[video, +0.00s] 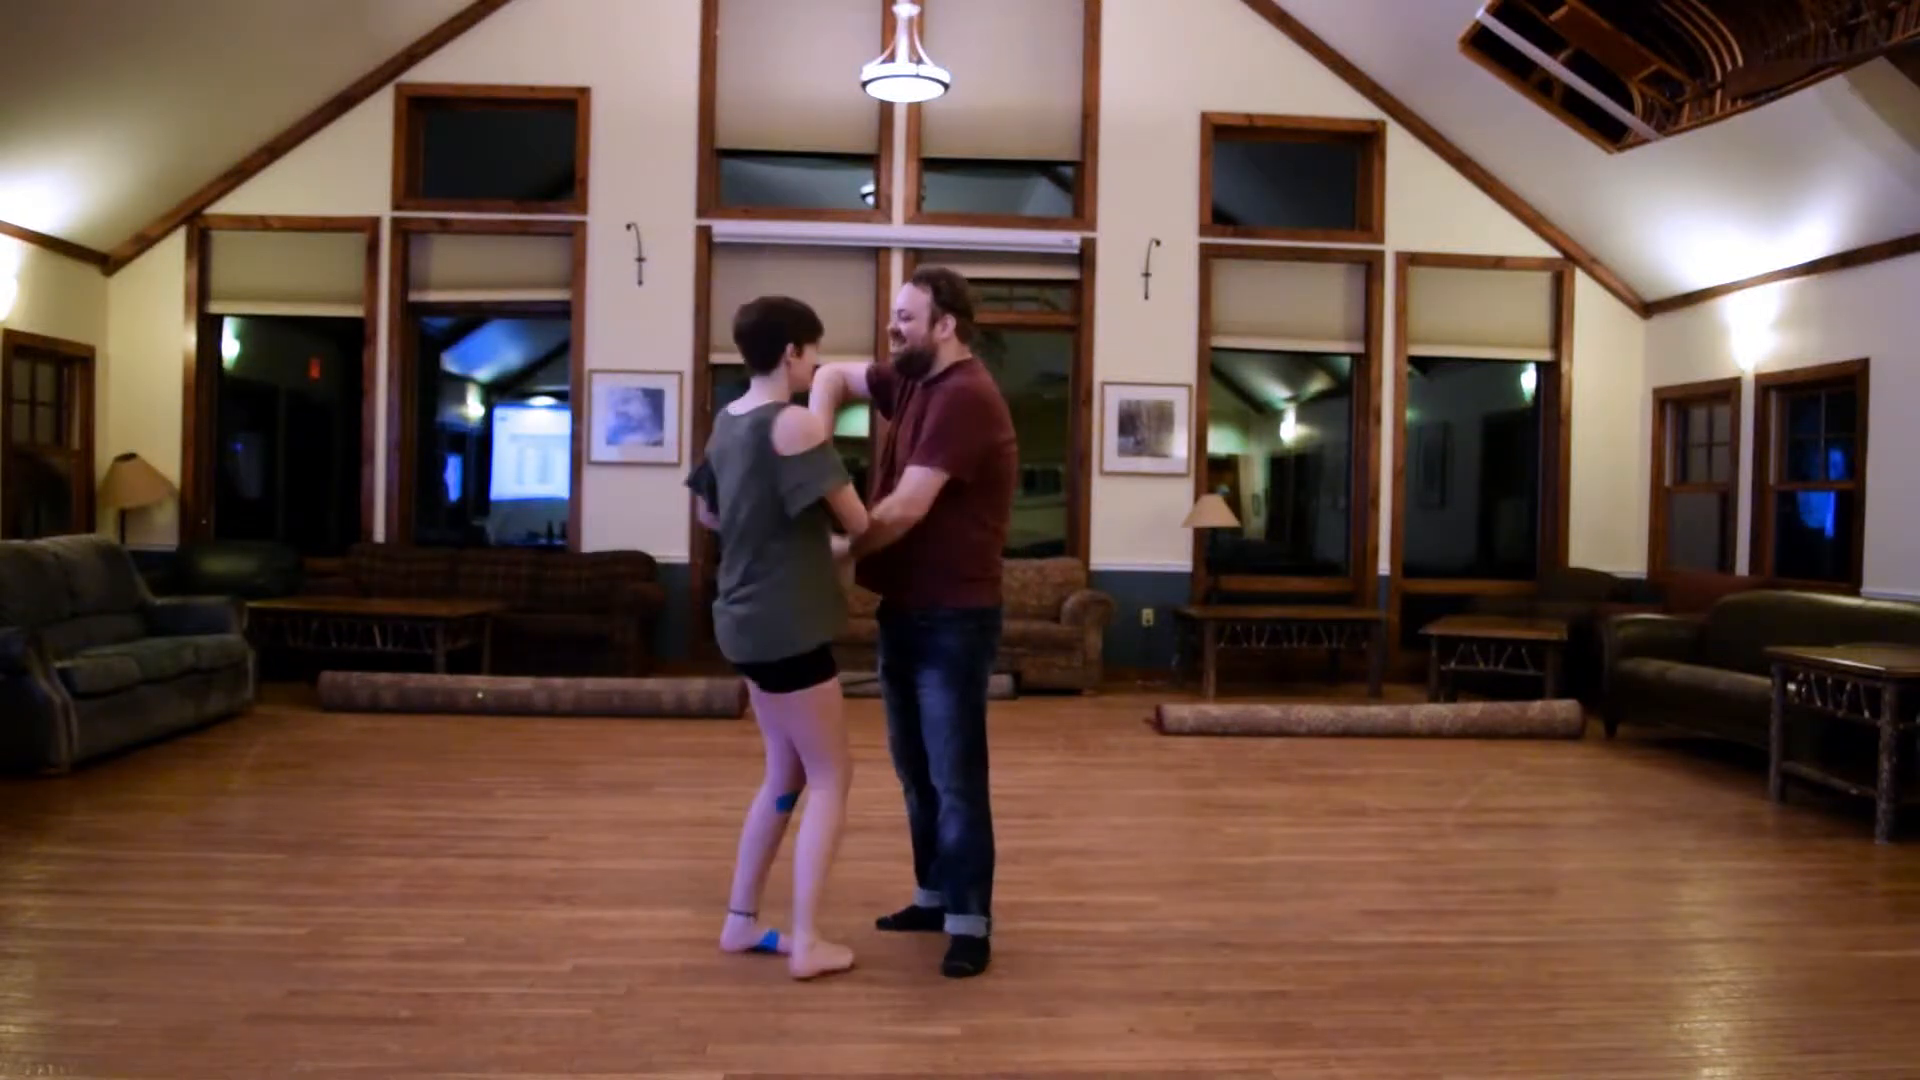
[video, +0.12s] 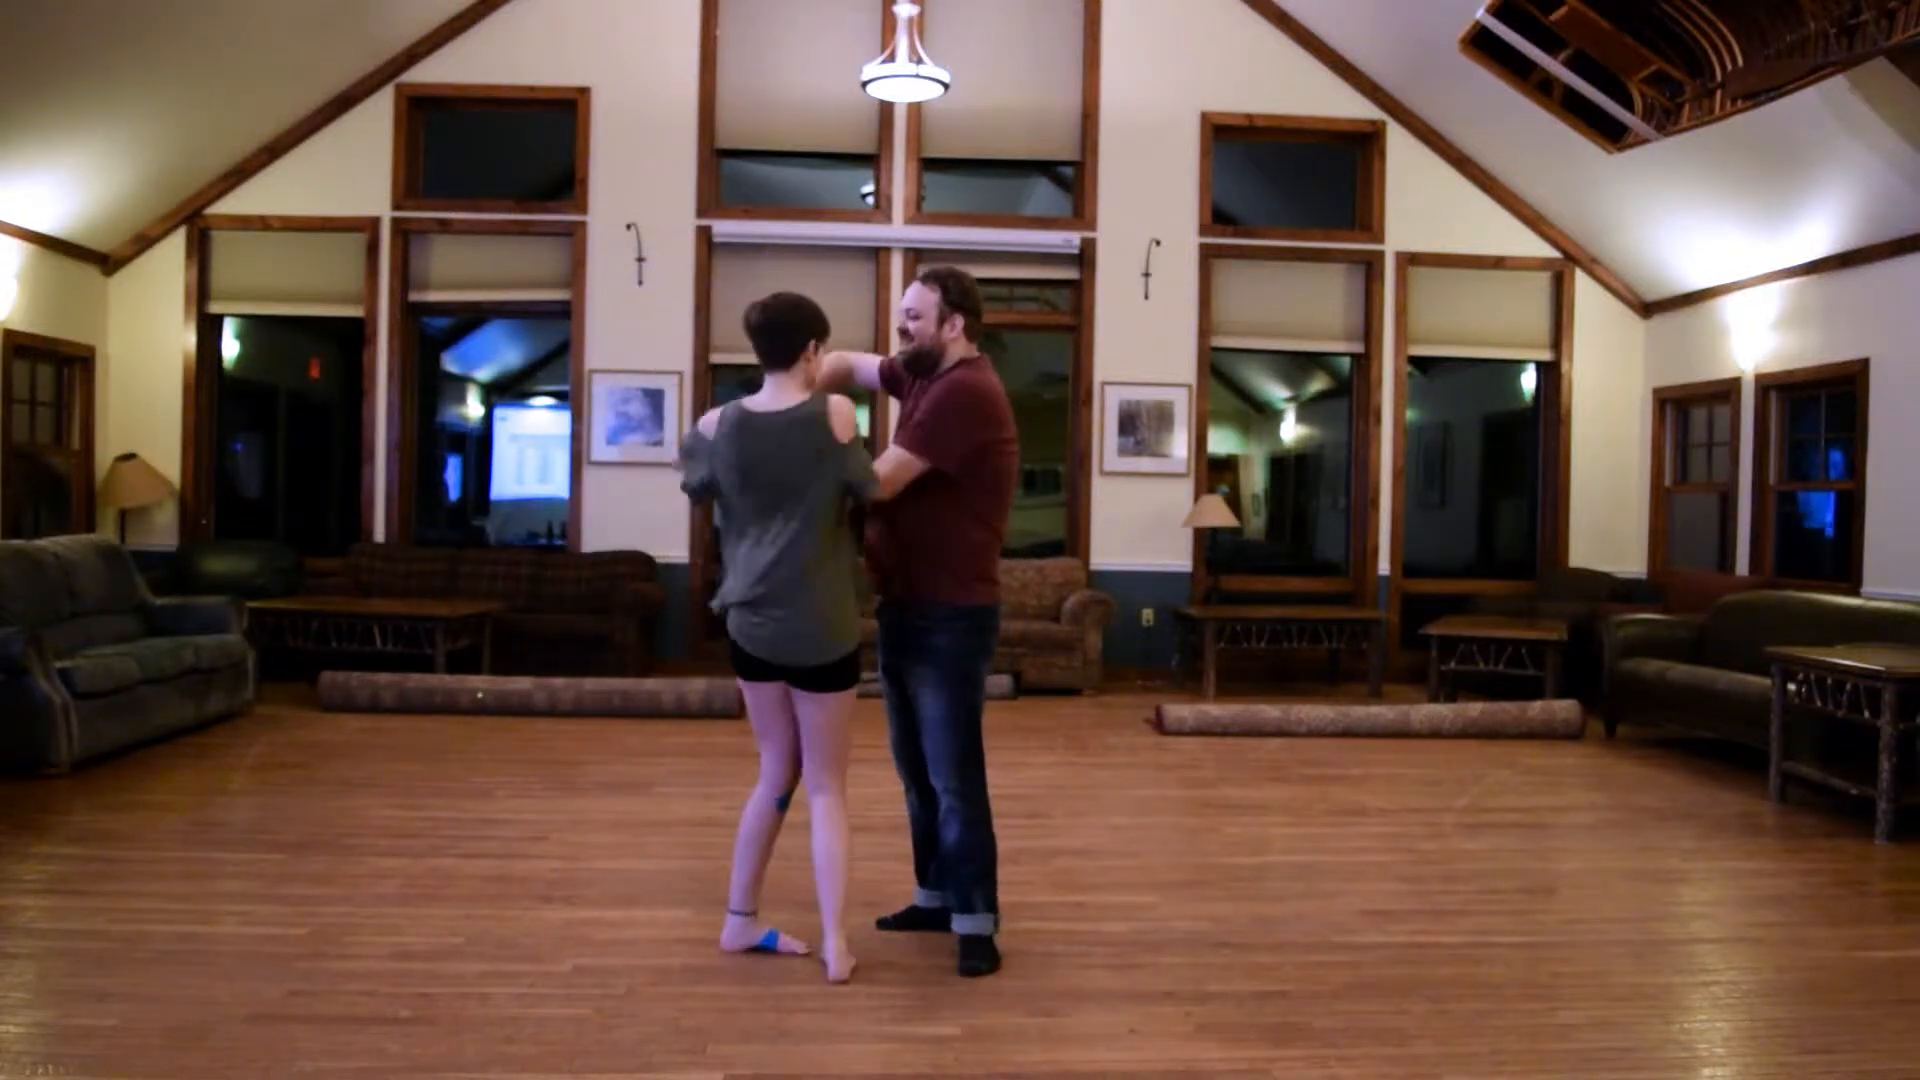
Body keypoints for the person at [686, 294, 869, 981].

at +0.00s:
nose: (817, 363)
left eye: (814, 352)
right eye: (813, 352)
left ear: (752, 355)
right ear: (792, 355)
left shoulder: (726, 421)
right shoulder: (798, 424)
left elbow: (709, 513)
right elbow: (855, 519)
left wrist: (784, 526)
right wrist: (848, 536)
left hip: (744, 623)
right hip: (791, 629)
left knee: (782, 776)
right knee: (830, 776)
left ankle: (740, 921)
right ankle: (805, 943)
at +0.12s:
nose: (825, 354)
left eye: (821, 344)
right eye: (823, 346)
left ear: (757, 351)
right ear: (813, 351)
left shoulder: (724, 425)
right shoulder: (830, 418)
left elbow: (693, 479)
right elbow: (866, 486)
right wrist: (845, 430)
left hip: (749, 621)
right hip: (822, 626)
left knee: (773, 774)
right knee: (827, 788)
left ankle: (740, 921)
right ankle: (834, 945)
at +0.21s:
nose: (757, 354)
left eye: (760, 344)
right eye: (832, 333)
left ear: (763, 348)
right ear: (829, 346)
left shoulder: (734, 423)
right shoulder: (850, 418)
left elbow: (690, 402)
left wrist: (741, 385)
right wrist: (773, 379)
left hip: (757, 620)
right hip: (839, 623)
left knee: (772, 777)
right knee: (829, 788)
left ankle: (748, 925)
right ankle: (835, 949)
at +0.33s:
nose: (775, 320)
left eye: (780, 313)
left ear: (783, 336)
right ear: (845, 345)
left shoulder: (759, 394)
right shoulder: (859, 413)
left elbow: (700, 317)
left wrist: (746, 302)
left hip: (782, 611)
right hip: (860, 614)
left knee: (779, 785)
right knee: (831, 783)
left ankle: (825, 937)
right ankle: (826, 938)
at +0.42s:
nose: (768, 322)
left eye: (780, 313)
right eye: (779, 312)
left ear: (802, 323)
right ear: (838, 332)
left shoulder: (782, 376)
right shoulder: (858, 406)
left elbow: (729, 276)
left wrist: (773, 254)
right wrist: (789, 269)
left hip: (795, 601)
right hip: (854, 603)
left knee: (775, 780)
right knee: (828, 775)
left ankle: (852, 936)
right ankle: (836, 932)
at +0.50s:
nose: (800, 317)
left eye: (811, 305)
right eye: (804, 306)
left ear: (837, 317)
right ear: (844, 324)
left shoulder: (833, 383)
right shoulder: (803, 392)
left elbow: (792, 261)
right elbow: (730, 334)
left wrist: (800, 242)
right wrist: (781, 267)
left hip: (817, 595)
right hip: (809, 593)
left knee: (784, 783)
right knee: (810, 777)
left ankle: (852, 945)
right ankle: (827, 937)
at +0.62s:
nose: (823, 324)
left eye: (836, 317)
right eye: (811, 316)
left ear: (855, 330)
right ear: (791, 331)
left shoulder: (869, 393)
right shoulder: (773, 391)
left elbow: (893, 273)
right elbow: (735, 290)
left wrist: (849, 225)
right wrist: (815, 247)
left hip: (837, 599)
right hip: (771, 596)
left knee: (813, 791)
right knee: (780, 791)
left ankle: (858, 951)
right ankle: (818, 947)